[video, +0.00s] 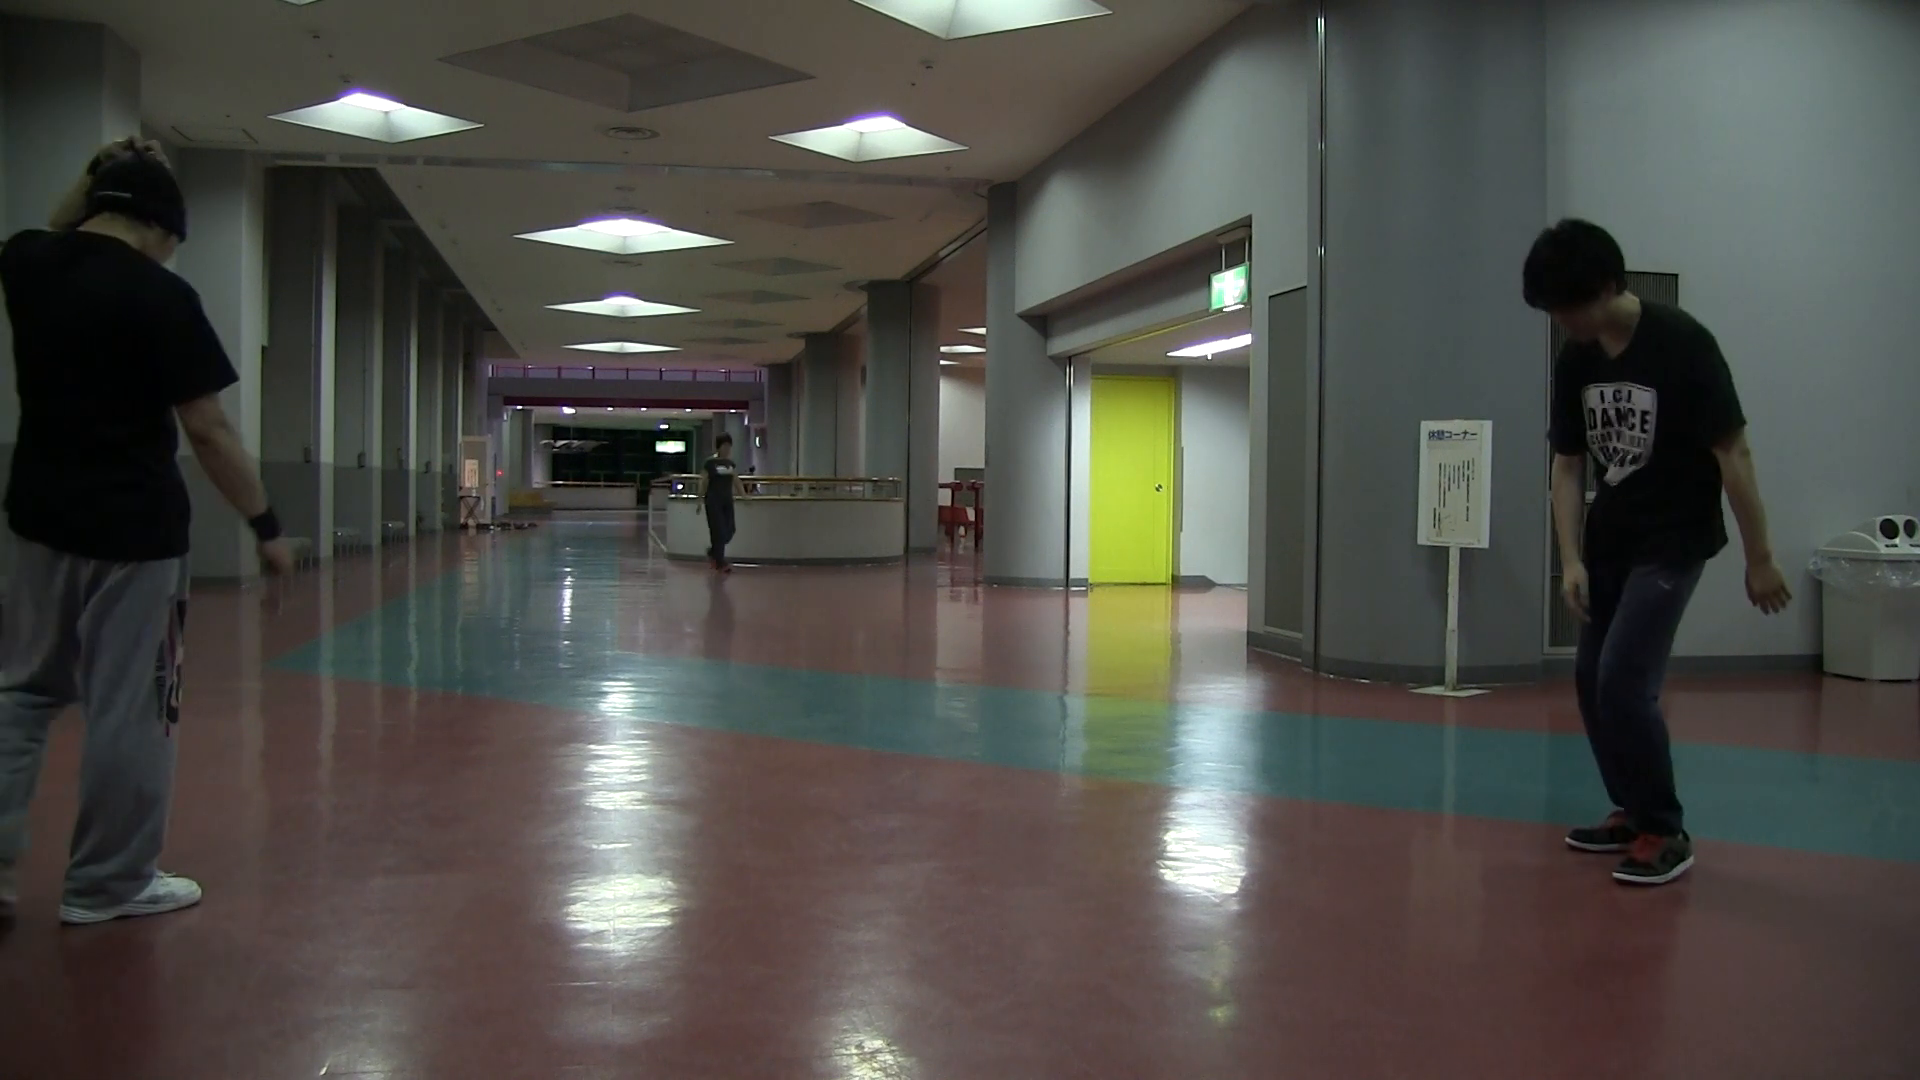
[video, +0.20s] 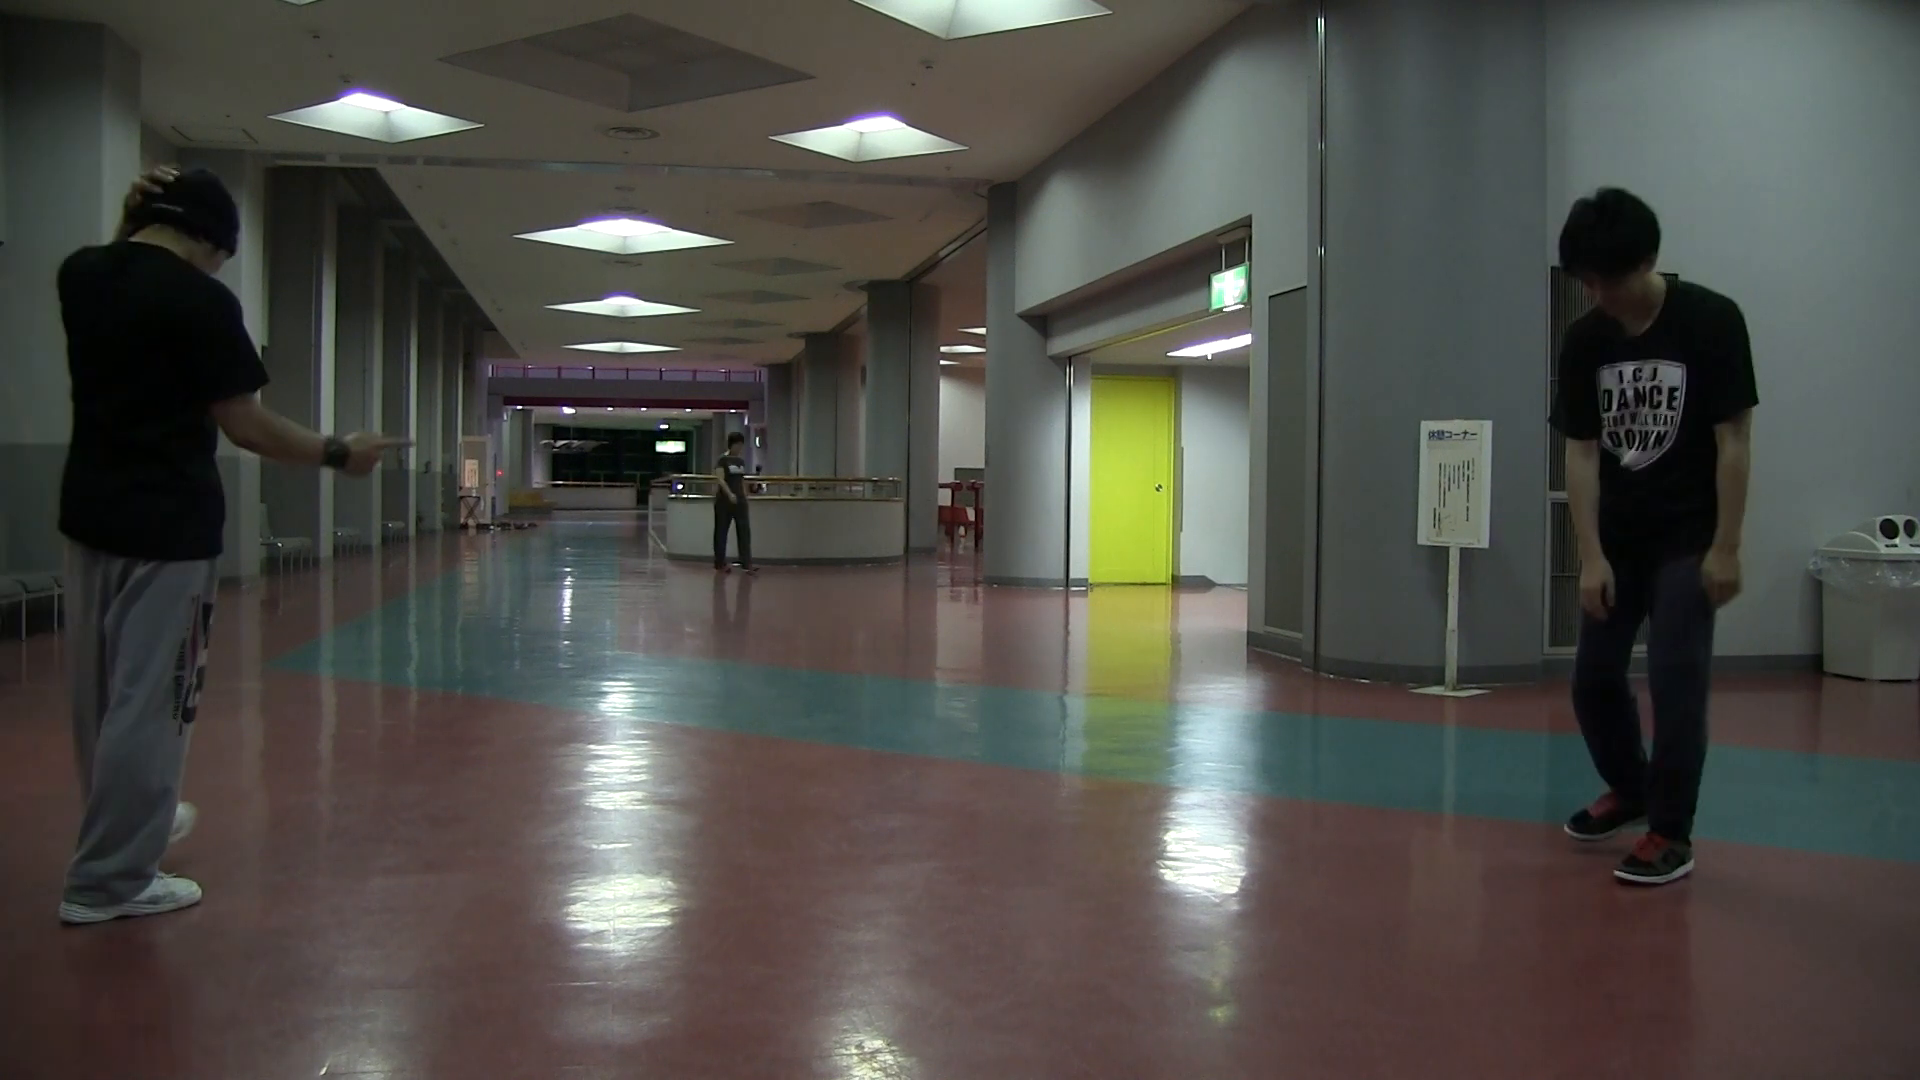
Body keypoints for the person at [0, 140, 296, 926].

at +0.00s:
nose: (170, 254)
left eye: (171, 241)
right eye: (171, 240)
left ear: (89, 211)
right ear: (157, 228)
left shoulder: (31, 264)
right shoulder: (165, 298)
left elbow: (43, 236)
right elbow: (209, 431)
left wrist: (94, 179)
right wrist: (266, 524)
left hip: (37, 514)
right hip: (136, 527)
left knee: (22, 691)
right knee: (131, 702)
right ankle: (109, 879)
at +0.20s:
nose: (217, 265)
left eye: (218, 254)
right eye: (219, 253)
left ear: (146, 219)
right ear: (207, 241)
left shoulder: (83, 276)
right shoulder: (203, 301)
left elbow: (116, 256)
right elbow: (244, 421)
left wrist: (135, 211)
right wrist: (335, 450)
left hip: (89, 513)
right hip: (171, 524)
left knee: (99, 685)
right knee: (152, 697)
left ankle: (127, 824)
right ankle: (109, 881)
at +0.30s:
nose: (238, 275)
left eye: (241, 263)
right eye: (239, 262)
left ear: (173, 226)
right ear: (228, 248)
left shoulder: (108, 284)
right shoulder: (217, 305)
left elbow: (146, 268)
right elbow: (270, 423)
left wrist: (171, 224)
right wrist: (371, 428)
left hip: (113, 517)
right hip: (188, 528)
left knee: (141, 685)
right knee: (164, 700)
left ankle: (205, 803)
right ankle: (108, 882)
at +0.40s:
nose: (257, 283)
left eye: (259, 270)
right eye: (259, 270)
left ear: (192, 238)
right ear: (244, 256)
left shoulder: (134, 291)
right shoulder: (231, 312)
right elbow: (288, 423)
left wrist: (193, 231)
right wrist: (386, 414)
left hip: (145, 519)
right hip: (210, 529)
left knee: (188, 689)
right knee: (176, 700)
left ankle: (247, 816)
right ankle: (108, 878)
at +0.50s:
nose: (276, 288)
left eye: (280, 274)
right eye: (278, 272)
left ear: (212, 244)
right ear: (257, 258)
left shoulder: (160, 300)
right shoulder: (240, 313)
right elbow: (290, 416)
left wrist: (212, 242)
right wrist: (390, 413)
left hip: (184, 522)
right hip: (236, 528)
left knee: (223, 682)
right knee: (207, 691)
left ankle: (257, 824)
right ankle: (119, 862)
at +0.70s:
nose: (322, 276)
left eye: (326, 264)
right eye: (319, 261)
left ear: (261, 245)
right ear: (287, 251)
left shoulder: (222, 299)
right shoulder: (261, 304)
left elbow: (248, 401)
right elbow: (284, 411)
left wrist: (300, 322)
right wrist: (370, 479)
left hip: (227, 517)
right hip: (275, 522)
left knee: (241, 664)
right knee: (325, 664)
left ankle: (257, 816)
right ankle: (207, 794)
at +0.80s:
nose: (344, 280)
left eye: (347, 269)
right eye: (341, 265)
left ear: (288, 251)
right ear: (310, 254)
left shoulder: (258, 300)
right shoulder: (278, 305)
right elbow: (282, 413)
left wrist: (323, 272)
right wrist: (320, 512)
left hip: (250, 520)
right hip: (292, 520)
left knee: (257, 666)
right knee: (358, 659)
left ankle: (246, 820)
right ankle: (284, 808)